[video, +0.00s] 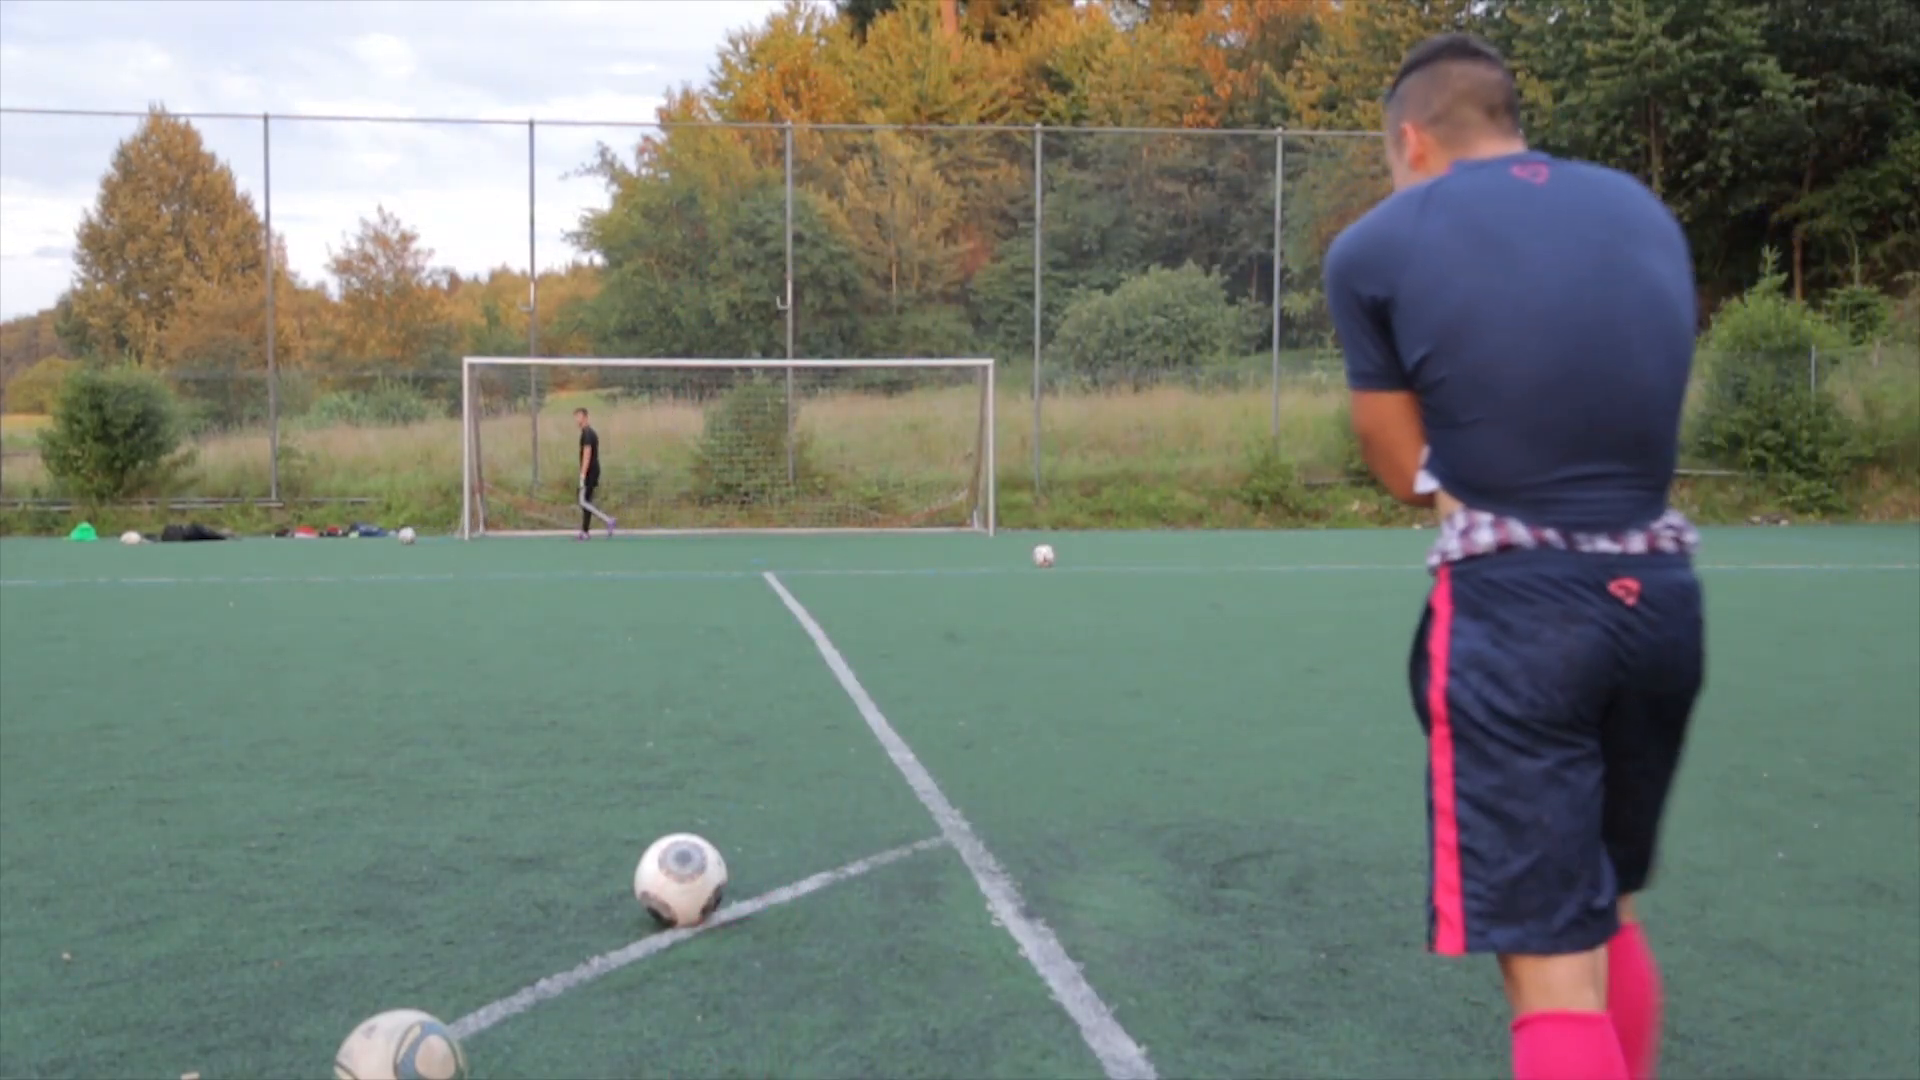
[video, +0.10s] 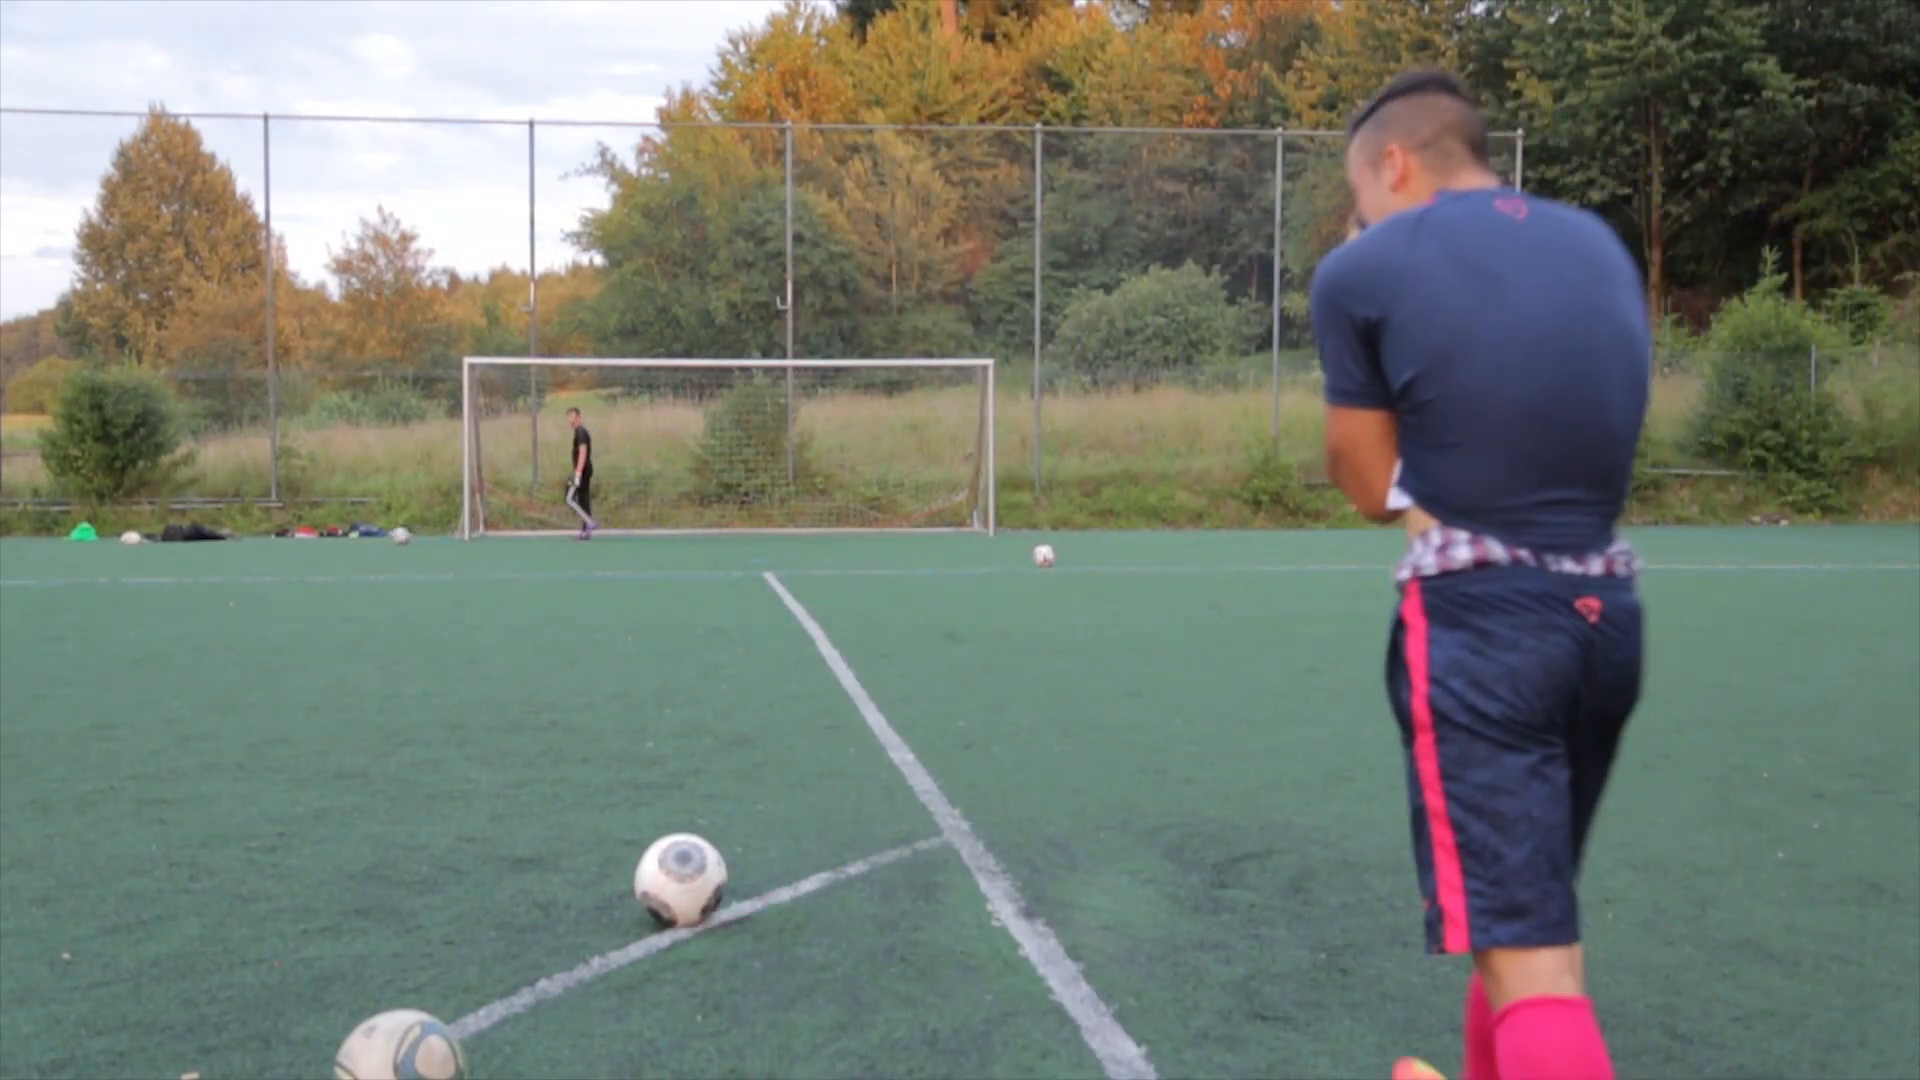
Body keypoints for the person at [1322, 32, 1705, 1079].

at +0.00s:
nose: (1394, 176)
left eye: (1391, 155)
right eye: (1394, 157)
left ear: (1414, 141)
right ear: (1513, 129)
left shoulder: (1377, 249)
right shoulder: (1642, 210)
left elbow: (1404, 469)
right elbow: (1646, 397)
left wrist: (1549, 436)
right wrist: (1476, 462)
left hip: (1512, 618)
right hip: (1660, 608)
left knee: (1552, 968)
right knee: (1613, 908)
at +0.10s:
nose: (1359, 224)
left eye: (1359, 195)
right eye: (1358, 199)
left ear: (1398, 166)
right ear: (1475, 161)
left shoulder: (1364, 271)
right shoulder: (1597, 242)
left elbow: (1370, 486)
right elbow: (1593, 425)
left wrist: (1498, 444)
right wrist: (1435, 477)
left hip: (1476, 628)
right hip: (1605, 623)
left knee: (1533, 957)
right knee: (1513, 927)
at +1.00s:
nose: (1083, 264)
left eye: (1082, 249)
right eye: (1081, 251)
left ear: (1109, 234)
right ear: (1165, 226)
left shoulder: (1086, 317)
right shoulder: (1246, 295)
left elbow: (1090, 461)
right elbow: (1236, 423)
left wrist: (1098, 339)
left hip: (1161, 567)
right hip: (1250, 562)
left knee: (1178, 801)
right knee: (1214, 763)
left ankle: (1214, 1026)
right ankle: (1208, 948)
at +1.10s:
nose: (1060, 287)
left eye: (1059, 273)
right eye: (1058, 275)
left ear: (1087, 259)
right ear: (1140, 253)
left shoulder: (1067, 338)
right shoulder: (1218, 318)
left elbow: (1065, 476)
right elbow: (1210, 442)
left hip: (1135, 577)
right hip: (1219, 572)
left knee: (1155, 796)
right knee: (1184, 769)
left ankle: (1212, 1022)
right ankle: (1159, 932)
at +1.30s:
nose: (1012, 298)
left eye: (1013, 284)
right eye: (1010, 286)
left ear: (1048, 271)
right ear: (1079, 268)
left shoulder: (1042, 341)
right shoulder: (1150, 322)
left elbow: (1027, 475)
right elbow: (1134, 438)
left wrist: (1022, 370)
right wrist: (1049, 351)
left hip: (1096, 563)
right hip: (1167, 562)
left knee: (1022, 759)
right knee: (1130, 748)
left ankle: (1151, 903)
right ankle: (1136, 926)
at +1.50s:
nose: (954, 291)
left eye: (960, 274)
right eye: (951, 277)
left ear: (1004, 266)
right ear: (1016, 271)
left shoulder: (1021, 338)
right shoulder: (1080, 323)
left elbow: (983, 466)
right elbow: (1042, 434)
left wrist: (985, 351)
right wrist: (987, 342)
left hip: (1049, 555)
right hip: (1108, 552)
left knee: (978, 725)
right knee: (1083, 734)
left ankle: (1019, 898)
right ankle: (1129, 919)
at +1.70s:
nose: (893, 339)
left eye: (895, 321)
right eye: (886, 325)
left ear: (938, 307)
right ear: (945, 308)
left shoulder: (975, 385)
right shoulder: (1012, 344)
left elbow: (937, 504)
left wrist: (935, 399)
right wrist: (939, 390)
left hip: (1005, 572)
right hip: (1035, 563)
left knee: (951, 743)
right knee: (997, 728)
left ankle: (996, 900)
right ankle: (1089, 837)